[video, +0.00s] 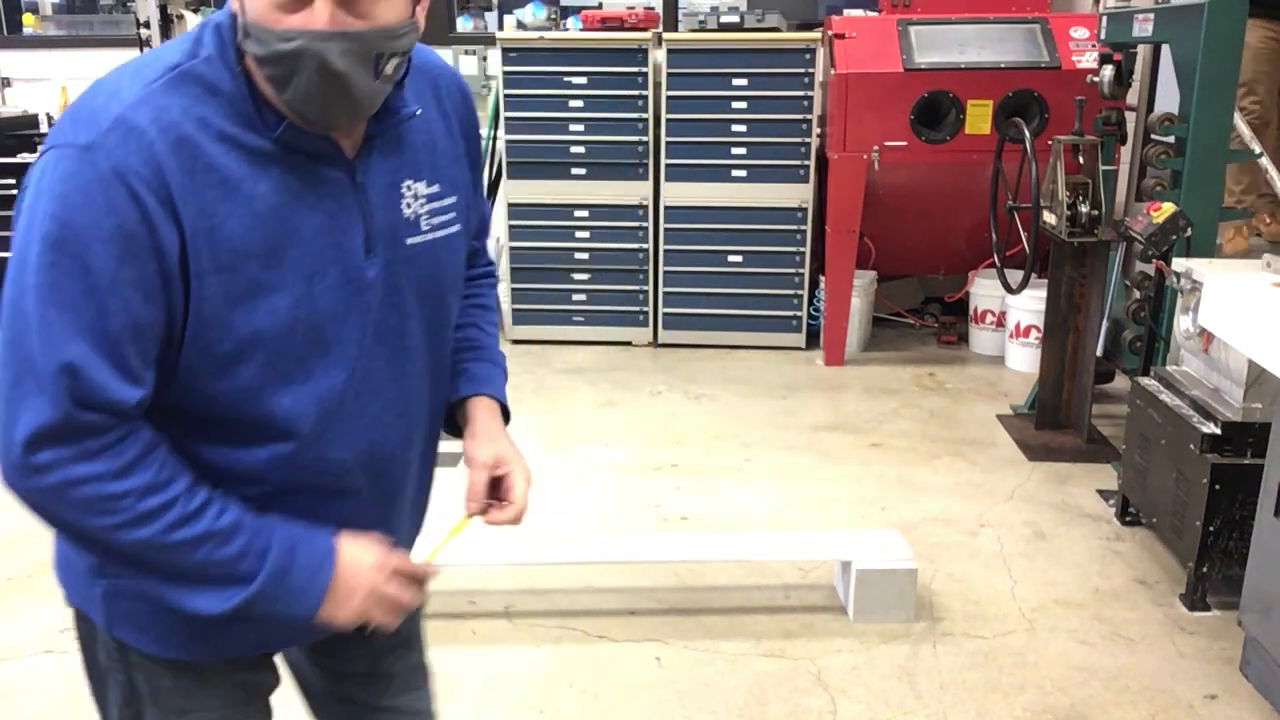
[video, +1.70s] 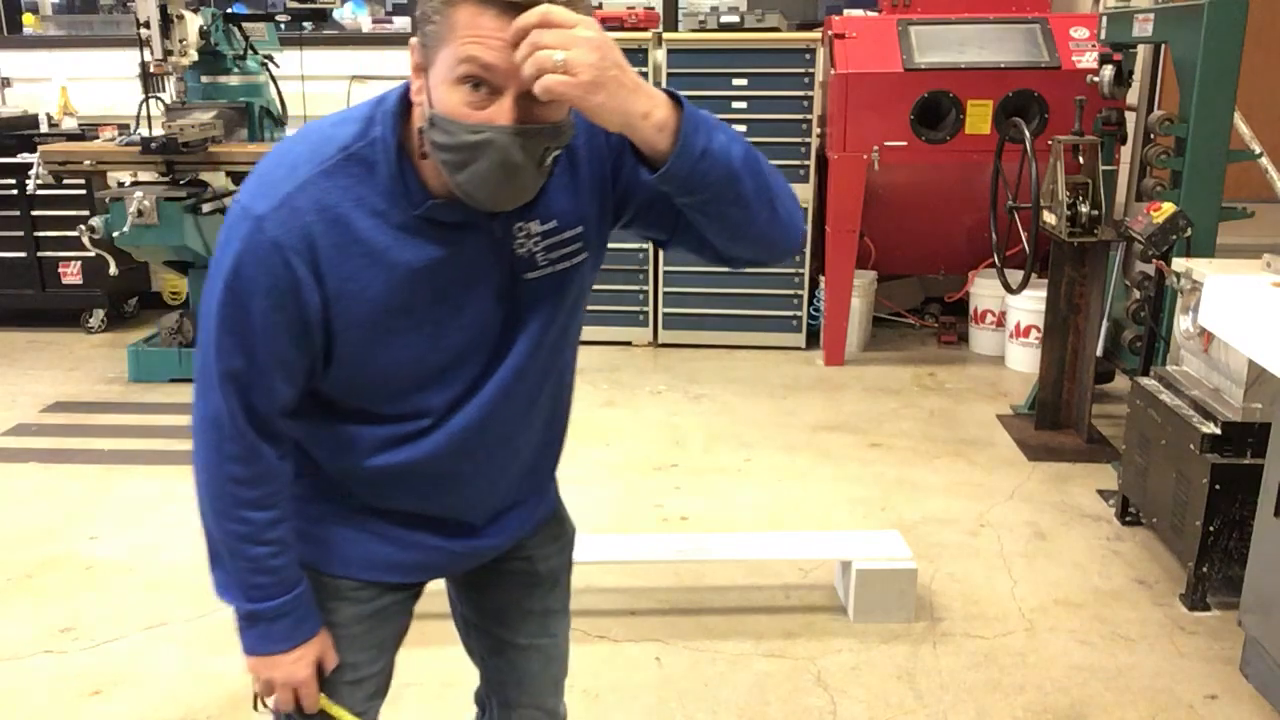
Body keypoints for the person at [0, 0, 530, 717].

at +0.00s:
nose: (322, 22)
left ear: (418, 6)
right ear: (239, 0)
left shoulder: (437, 101)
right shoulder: (114, 152)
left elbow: (468, 270)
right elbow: (61, 443)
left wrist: (483, 410)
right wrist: (307, 570)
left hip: (367, 562)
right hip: (175, 581)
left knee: (395, 709)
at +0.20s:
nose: (309, 60)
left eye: (348, 26)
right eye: (272, 20)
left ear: (408, 23)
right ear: (216, 16)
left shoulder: (420, 119)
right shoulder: (85, 198)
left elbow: (451, 274)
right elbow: (32, 484)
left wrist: (523, 413)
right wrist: (232, 644)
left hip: (340, 582)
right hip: (156, 622)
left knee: (356, 708)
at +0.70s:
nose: (300, 125)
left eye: (340, 86)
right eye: (262, 81)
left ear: (404, 74)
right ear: (211, 66)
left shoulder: (430, 144)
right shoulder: (71, 229)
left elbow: (499, 289)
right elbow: (17, 508)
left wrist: (532, 360)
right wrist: (144, 699)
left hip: (324, 560)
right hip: (149, 592)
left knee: (353, 708)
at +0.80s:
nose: (309, 148)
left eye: (350, 108)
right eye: (272, 101)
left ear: (412, 96)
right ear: (220, 75)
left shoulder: (439, 156)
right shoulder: (76, 235)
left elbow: (578, 348)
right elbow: (19, 514)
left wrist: (551, 311)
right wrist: (130, 709)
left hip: (323, 558)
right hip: (148, 586)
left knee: (361, 711)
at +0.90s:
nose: (315, 159)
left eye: (356, 121)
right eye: (282, 113)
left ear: (413, 107)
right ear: (229, 90)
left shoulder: (438, 183)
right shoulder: (73, 246)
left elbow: (615, 325)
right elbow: (16, 517)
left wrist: (535, 212)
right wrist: (117, 711)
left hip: (327, 557)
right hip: (145, 586)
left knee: (373, 709)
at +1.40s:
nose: (429, 141)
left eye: (460, 110)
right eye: (396, 103)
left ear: (498, 107)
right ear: (333, 88)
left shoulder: (522, 176)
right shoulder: (193, 227)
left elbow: (718, 271)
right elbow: (114, 464)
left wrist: (575, 130)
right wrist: (163, 678)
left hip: (421, 519)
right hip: (246, 541)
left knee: (480, 708)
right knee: (265, 712)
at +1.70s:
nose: (508, 124)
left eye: (540, 92)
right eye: (476, 86)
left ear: (572, 91)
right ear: (419, 68)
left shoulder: (590, 155)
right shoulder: (290, 215)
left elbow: (775, 237)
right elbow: (237, 436)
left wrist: (644, 108)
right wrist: (273, 623)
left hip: (512, 504)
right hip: (354, 524)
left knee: (531, 705)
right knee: (335, 709)